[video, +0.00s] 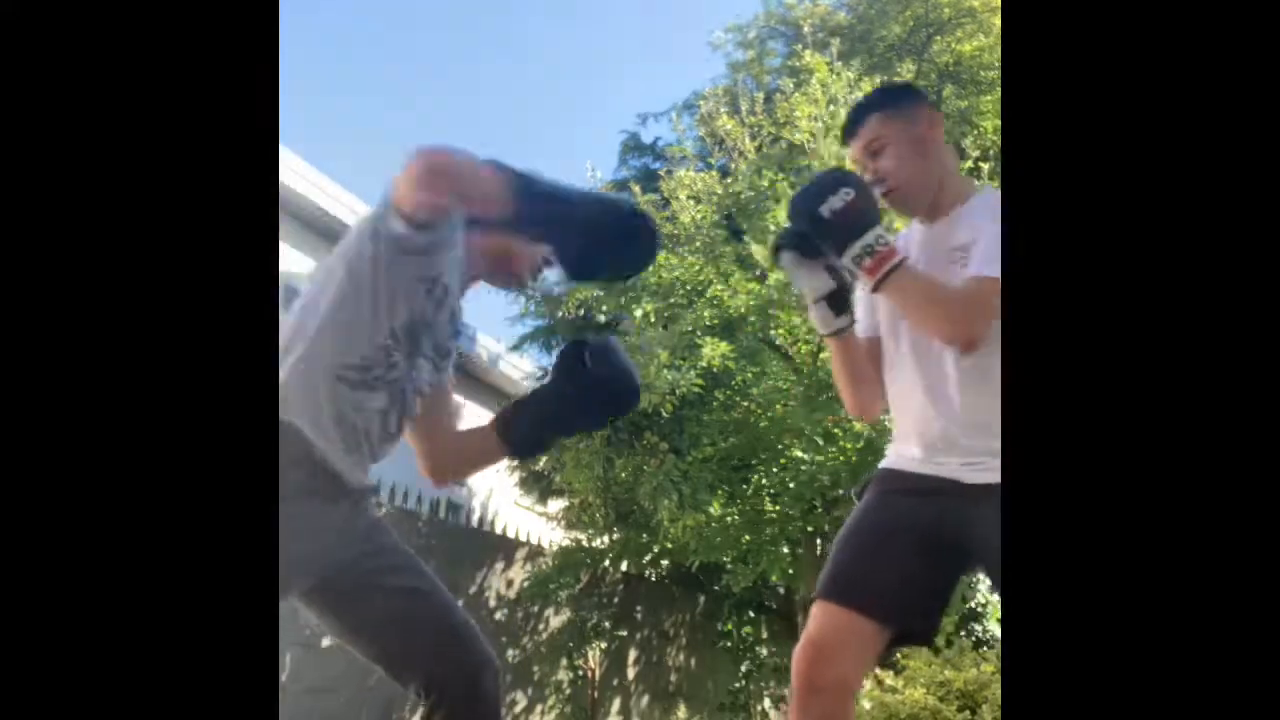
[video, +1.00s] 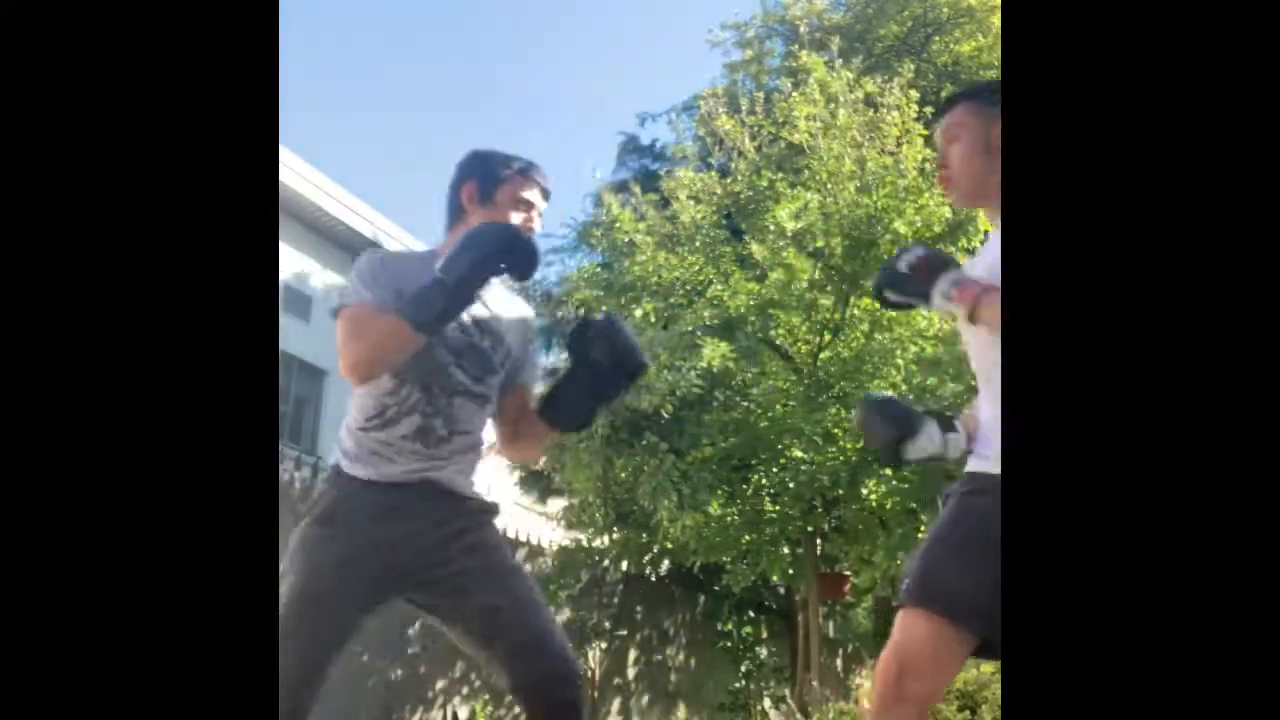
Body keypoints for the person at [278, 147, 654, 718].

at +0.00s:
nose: (543, 271)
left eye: (552, 263)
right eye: (545, 250)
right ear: (512, 216)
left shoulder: (439, 325)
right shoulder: (420, 237)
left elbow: (443, 460)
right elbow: (431, 172)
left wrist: (551, 411)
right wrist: (564, 212)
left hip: (334, 505)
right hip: (288, 475)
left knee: (467, 674)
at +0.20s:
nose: (621, 292)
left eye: (625, 285)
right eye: (618, 270)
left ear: (596, 304)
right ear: (582, 252)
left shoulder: (520, 366)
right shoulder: (519, 256)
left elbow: (490, 485)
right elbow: (653, 216)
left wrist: (615, 422)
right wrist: (794, 196)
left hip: (418, 516)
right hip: (345, 466)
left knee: (525, 689)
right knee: (270, 643)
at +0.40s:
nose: (675, 280)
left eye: (680, 271)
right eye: (669, 260)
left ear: (635, 263)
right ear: (625, 242)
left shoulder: (610, 360)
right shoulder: (548, 239)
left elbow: (701, 388)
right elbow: (548, 128)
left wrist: (781, 300)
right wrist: (671, 149)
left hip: (478, 498)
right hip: (398, 445)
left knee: (563, 688)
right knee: (329, 674)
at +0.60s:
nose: (696, 241)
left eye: (700, 234)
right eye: (684, 223)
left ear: (683, 250)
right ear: (635, 217)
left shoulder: (666, 313)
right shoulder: (557, 256)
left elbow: (793, 296)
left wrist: (885, 216)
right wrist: (550, 227)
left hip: (542, 508)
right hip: (447, 469)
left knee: (641, 692)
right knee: (328, 672)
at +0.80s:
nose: (641, 247)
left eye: (646, 237)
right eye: (630, 228)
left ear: (640, 251)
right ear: (579, 223)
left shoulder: (626, 348)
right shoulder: (494, 291)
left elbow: (664, 469)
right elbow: (443, 381)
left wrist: (716, 403)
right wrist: (550, 306)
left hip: (558, 553)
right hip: (450, 536)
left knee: (670, 698)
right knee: (326, 702)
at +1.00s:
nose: (534, 223)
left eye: (539, 214)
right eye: (522, 205)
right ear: (470, 198)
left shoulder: (515, 316)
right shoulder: (385, 269)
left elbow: (519, 442)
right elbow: (358, 361)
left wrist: (581, 390)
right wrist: (454, 283)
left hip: (455, 522)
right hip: (357, 510)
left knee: (555, 680)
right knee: (286, 686)